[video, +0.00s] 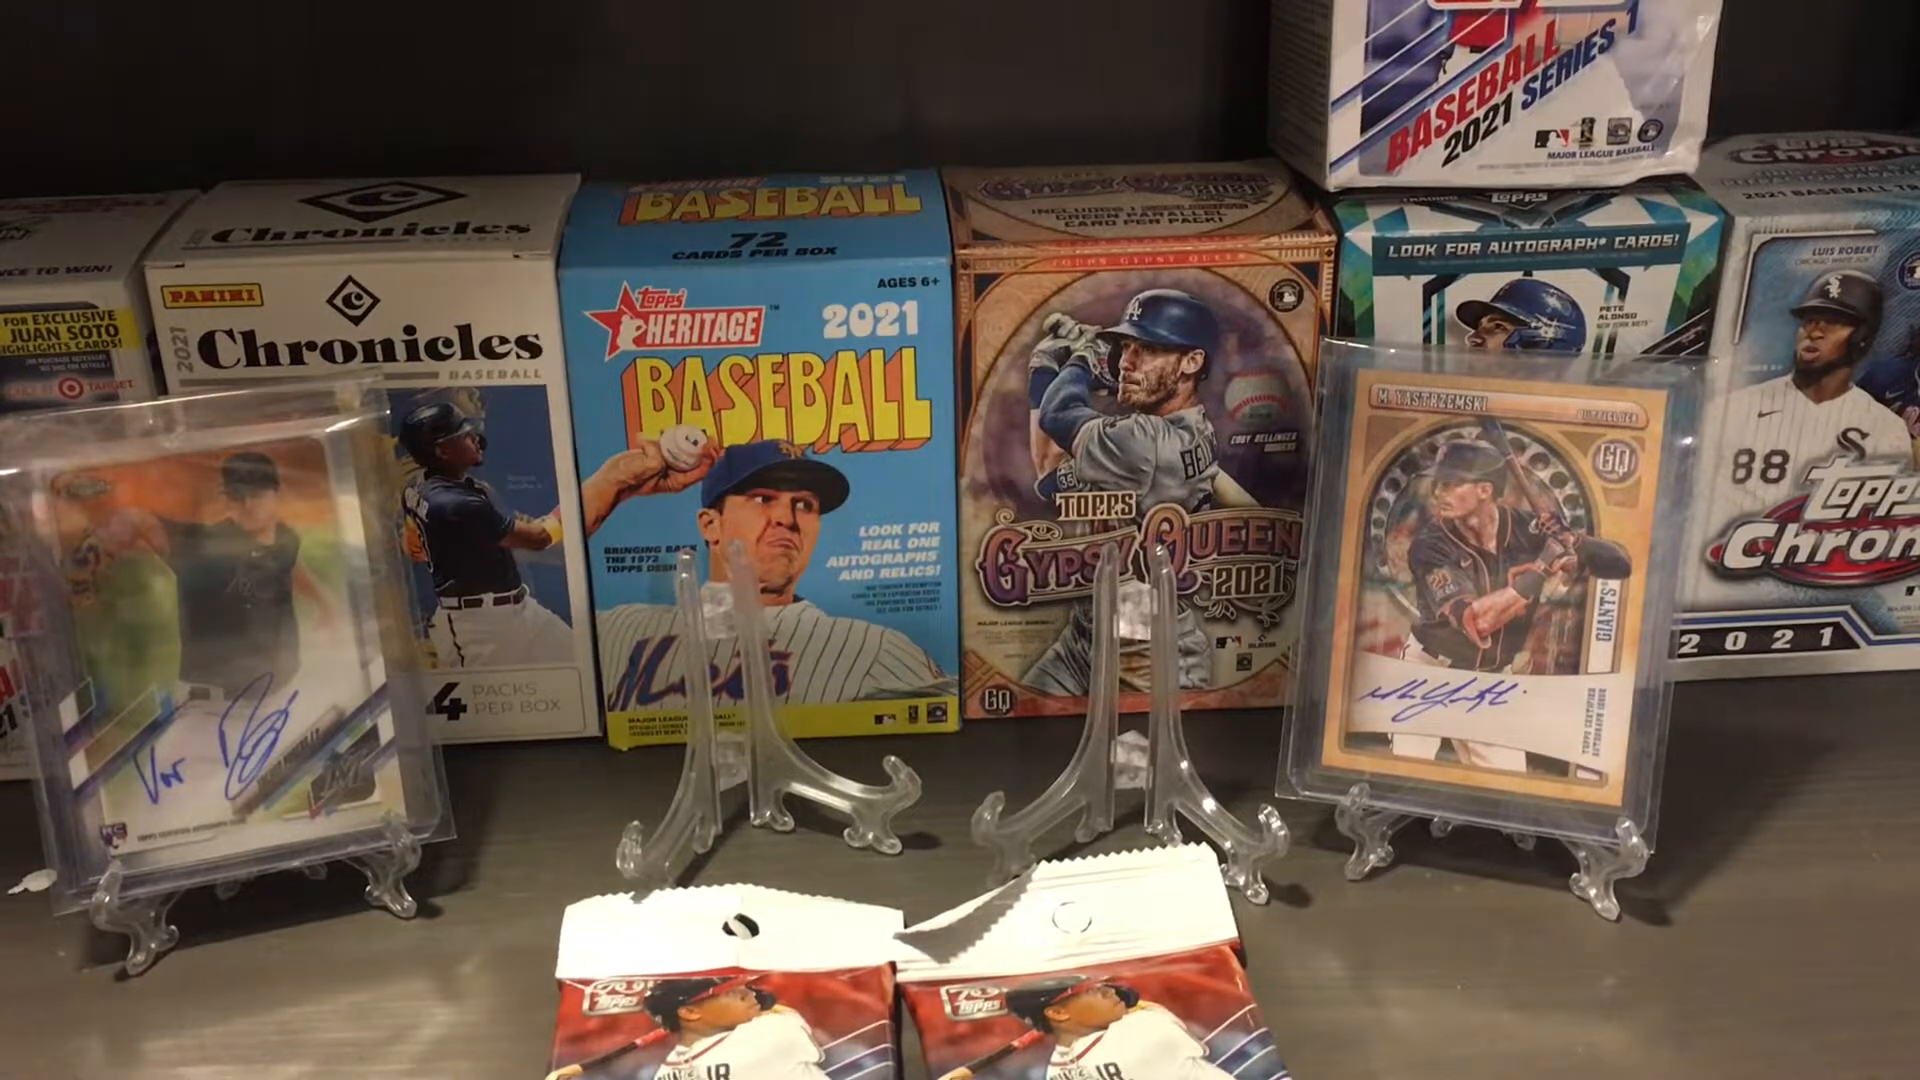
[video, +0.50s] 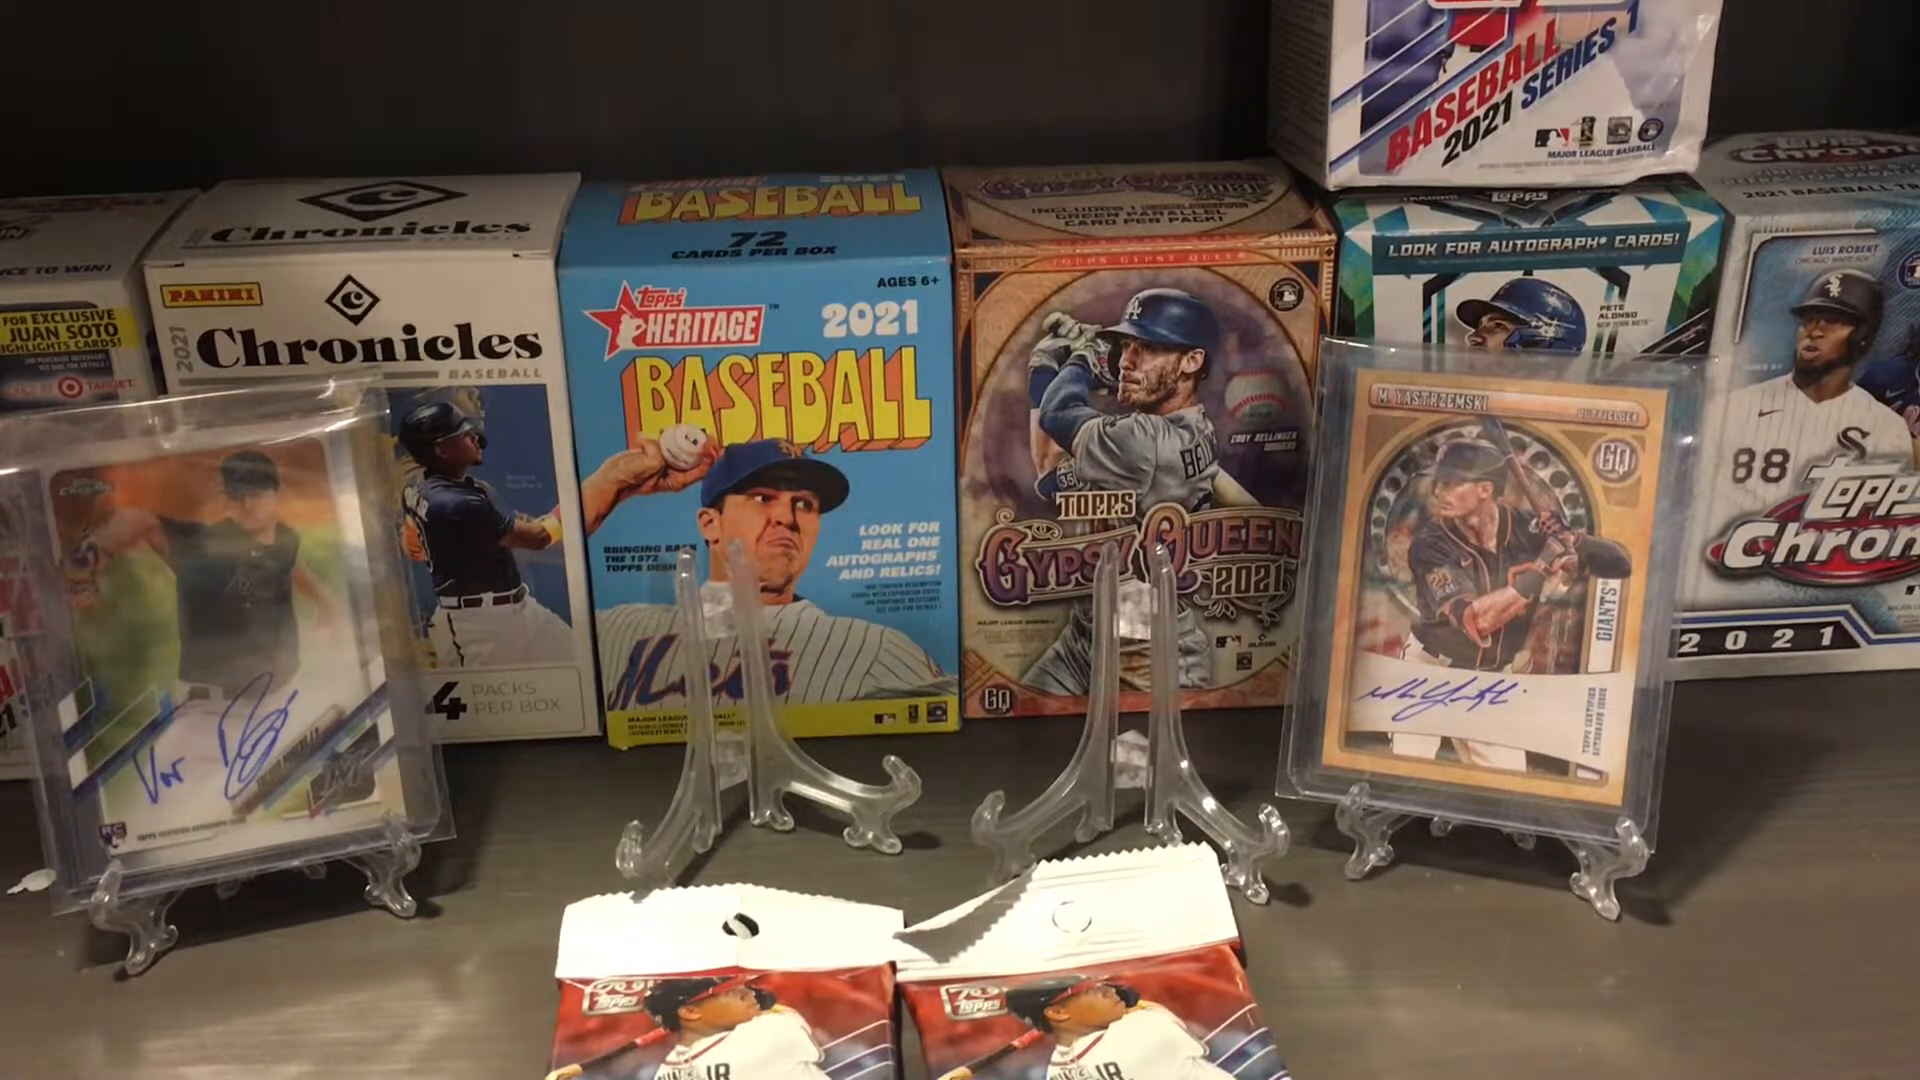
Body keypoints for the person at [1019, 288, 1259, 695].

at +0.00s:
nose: (1127, 362)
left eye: (1147, 350)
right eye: (1127, 347)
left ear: (1190, 363)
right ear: (1121, 348)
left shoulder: (1139, 440)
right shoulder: (1189, 431)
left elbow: (1060, 410)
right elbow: (1048, 477)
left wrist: (1085, 362)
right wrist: (1041, 372)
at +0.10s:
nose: (1128, 361)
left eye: (1147, 350)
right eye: (1127, 347)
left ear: (1190, 363)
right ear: (1121, 347)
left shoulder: (1139, 440)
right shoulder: (1190, 432)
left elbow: (1060, 410)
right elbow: (1049, 476)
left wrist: (1085, 362)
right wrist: (1041, 373)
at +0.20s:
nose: (1128, 361)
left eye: (1148, 350)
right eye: (1127, 347)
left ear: (1190, 363)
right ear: (1121, 347)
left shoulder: (1140, 440)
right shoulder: (1190, 432)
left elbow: (1061, 410)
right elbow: (1049, 476)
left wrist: (1085, 362)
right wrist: (1041, 373)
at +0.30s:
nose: (1128, 361)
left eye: (1148, 350)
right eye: (1127, 347)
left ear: (1190, 363)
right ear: (1121, 347)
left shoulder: (1139, 440)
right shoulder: (1190, 432)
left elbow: (1060, 410)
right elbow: (1049, 476)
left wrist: (1085, 362)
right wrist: (1041, 373)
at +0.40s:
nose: (1127, 361)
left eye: (1147, 350)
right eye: (1126, 347)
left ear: (1190, 363)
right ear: (1121, 348)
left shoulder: (1139, 440)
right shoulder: (1190, 430)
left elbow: (1060, 409)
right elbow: (1048, 476)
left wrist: (1085, 361)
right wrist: (1041, 372)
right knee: (1011, 736)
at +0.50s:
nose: (1127, 361)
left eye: (1147, 350)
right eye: (1127, 347)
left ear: (1190, 362)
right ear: (1121, 347)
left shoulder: (1139, 439)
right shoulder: (1190, 431)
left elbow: (1060, 409)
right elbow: (1048, 476)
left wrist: (1085, 360)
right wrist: (1041, 371)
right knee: (1010, 737)